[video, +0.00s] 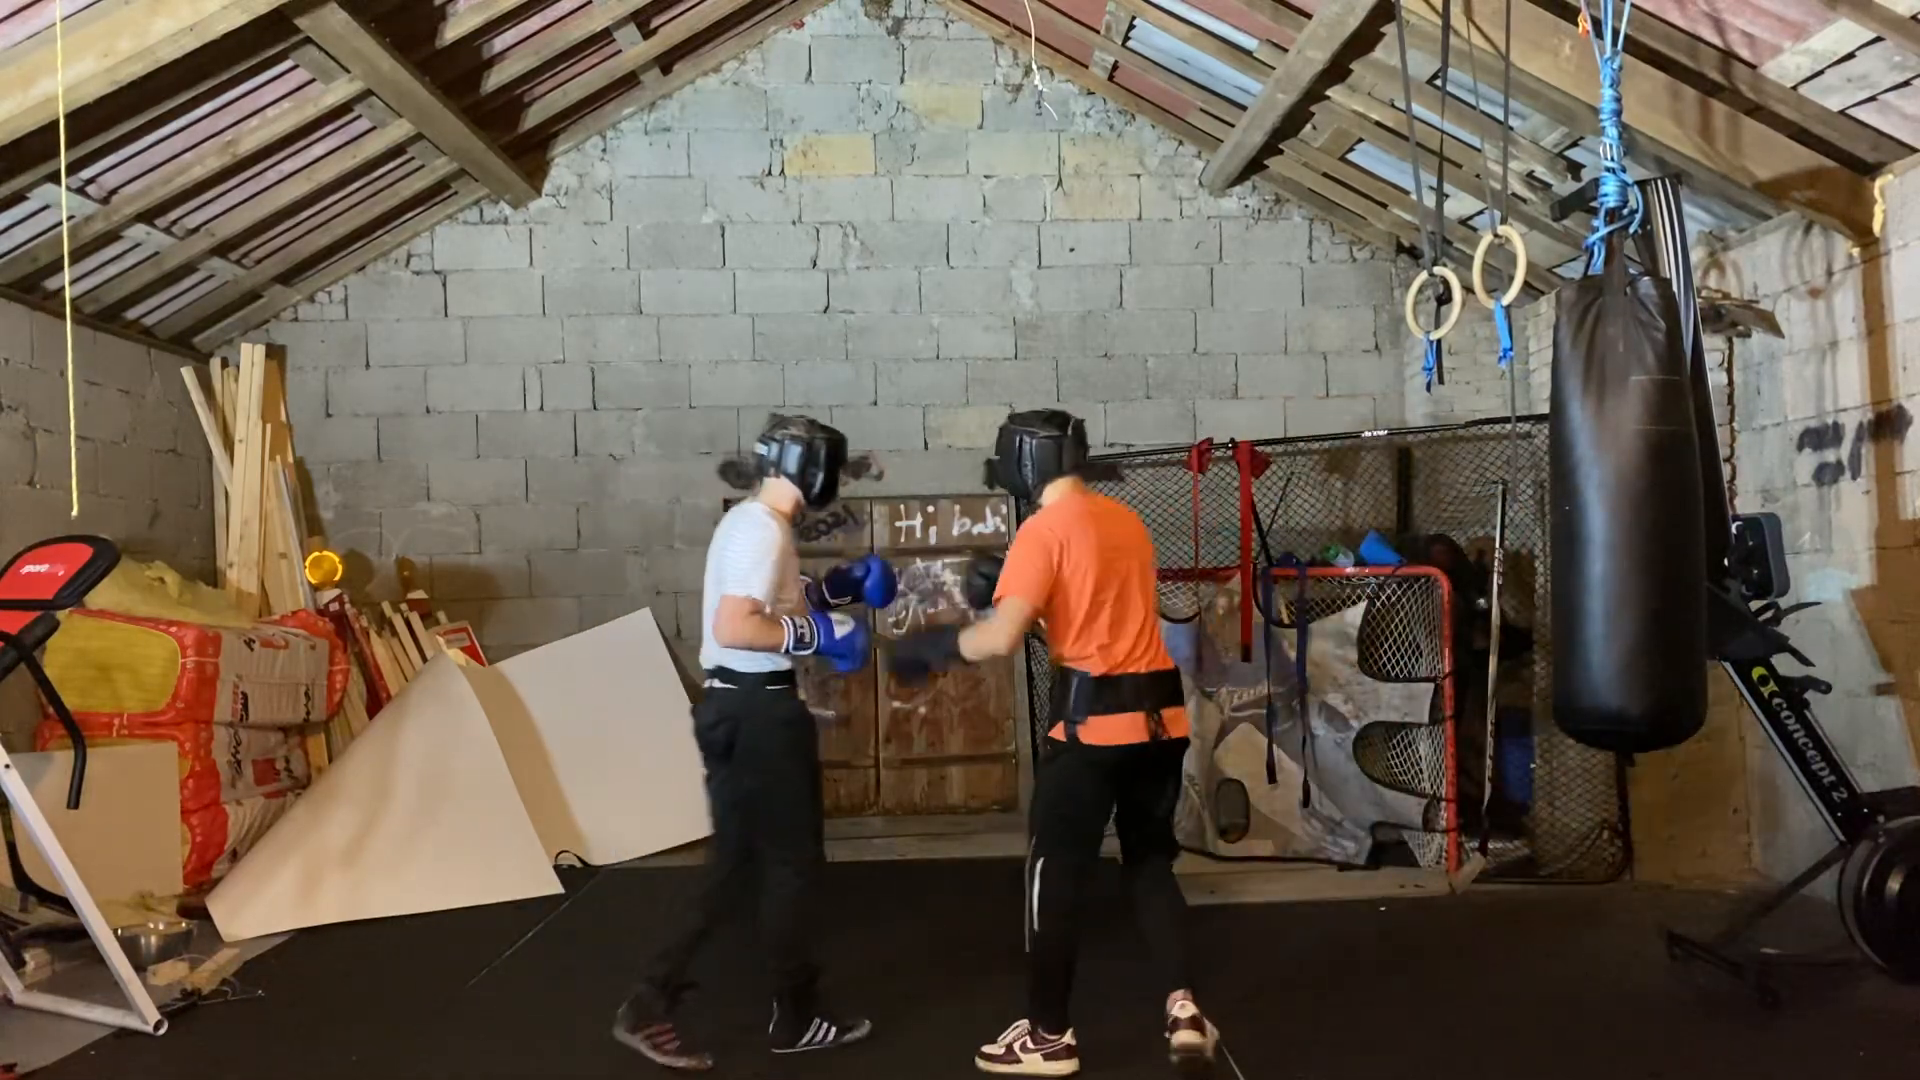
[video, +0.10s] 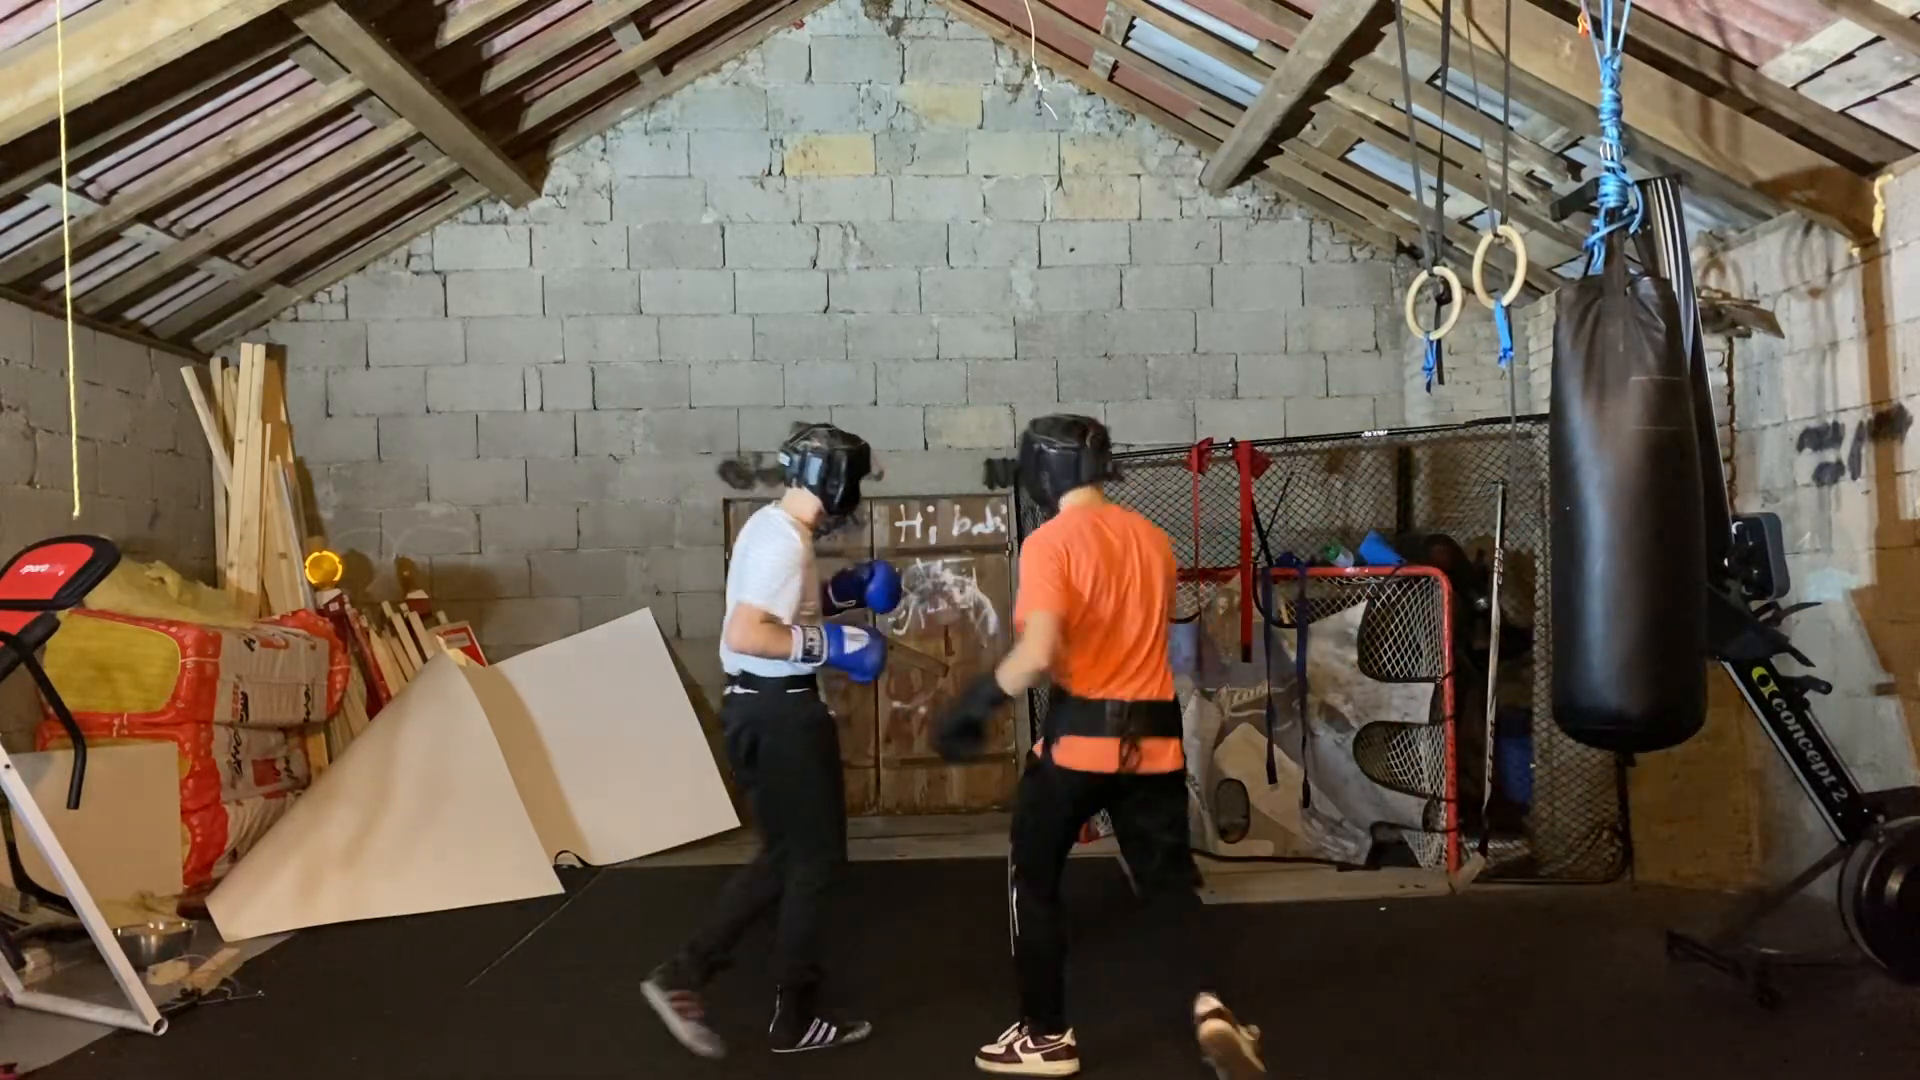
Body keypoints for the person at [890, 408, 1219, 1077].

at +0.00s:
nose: (1005, 481)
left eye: (1007, 469)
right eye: (1004, 468)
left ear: (1025, 465)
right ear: (1075, 459)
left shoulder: (1044, 532)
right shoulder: (1129, 520)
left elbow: (1001, 636)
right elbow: (1116, 604)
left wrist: (946, 645)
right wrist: (1017, 597)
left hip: (1094, 727)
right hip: (1163, 723)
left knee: (1055, 866)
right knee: (1151, 859)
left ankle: (1047, 1031)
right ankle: (1182, 1006)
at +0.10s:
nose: (1026, 483)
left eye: (1028, 472)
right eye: (1029, 472)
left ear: (1042, 474)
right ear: (1099, 471)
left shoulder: (1049, 543)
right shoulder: (1152, 536)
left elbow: (1038, 648)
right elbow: (1155, 627)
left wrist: (979, 698)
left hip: (1079, 747)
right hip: (1158, 746)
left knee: (1034, 874)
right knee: (1172, 883)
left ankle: (1044, 1030)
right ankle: (1208, 1004)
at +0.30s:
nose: (1092, 489)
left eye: (1095, 479)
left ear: (1105, 482)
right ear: (1163, 482)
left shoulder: (1082, 551)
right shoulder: (1215, 563)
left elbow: (1074, 654)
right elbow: (1245, 686)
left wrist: (1043, 742)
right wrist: (1184, 669)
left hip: (1110, 780)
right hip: (1198, 779)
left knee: (1086, 910)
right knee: (1222, 934)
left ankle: (1062, 1032)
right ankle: (1239, 1061)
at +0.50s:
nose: (1118, 425)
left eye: (1122, 414)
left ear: (1132, 417)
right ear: (1198, 421)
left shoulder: (1098, 480)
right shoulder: (1245, 499)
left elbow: (1054, 584)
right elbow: (1288, 635)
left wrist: (1047, 637)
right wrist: (1222, 646)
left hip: (1111, 721)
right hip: (1205, 723)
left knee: (1115, 880)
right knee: (1232, 900)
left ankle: (1128, 1050)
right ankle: (1252, 1064)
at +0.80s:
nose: (1145, 467)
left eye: (1146, 456)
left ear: (1152, 460)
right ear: (1227, 462)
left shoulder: (1104, 549)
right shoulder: (1268, 556)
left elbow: (1036, 682)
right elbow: (1325, 708)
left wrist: (1098, 685)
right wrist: (1276, 738)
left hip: (1131, 808)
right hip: (1229, 812)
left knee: (1121, 973)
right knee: (1269, 1008)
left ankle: (1104, 1075)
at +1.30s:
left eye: (1068, 426)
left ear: (1070, 431)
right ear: (1151, 430)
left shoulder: (1030, 535)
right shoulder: (1205, 519)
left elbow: (1005, 705)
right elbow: (1274, 665)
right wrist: (1221, 646)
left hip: (1067, 813)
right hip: (1179, 814)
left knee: (1033, 1010)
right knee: (1248, 1023)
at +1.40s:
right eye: (1112, 430)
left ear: (1025, 432)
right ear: (1107, 433)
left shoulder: (976, 528)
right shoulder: (1146, 512)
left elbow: (956, 691)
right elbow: (1251, 645)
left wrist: (1028, 664)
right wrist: (1212, 604)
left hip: (1012, 806)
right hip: (1122, 806)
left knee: (1015, 1007)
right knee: (1187, 1008)